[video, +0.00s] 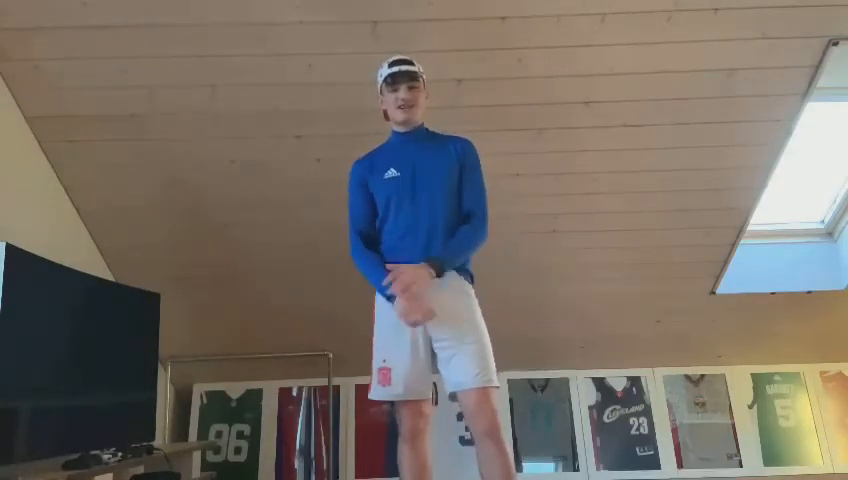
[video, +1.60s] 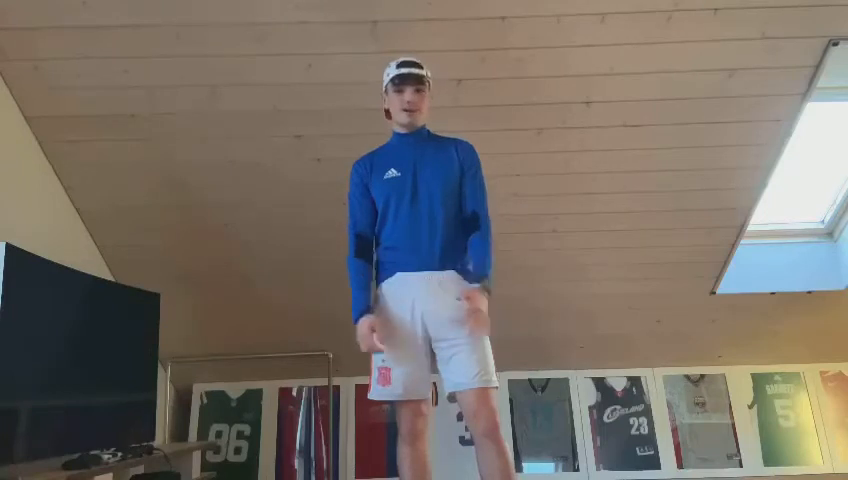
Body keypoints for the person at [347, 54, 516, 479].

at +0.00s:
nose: (404, 95)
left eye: (412, 87)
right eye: (394, 89)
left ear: (425, 95)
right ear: (382, 103)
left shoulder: (459, 150)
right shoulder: (366, 168)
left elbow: (477, 225)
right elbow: (360, 244)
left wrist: (431, 266)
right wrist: (399, 291)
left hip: (451, 292)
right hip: (394, 299)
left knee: (484, 414)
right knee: (413, 418)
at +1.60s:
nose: (410, 97)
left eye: (418, 89)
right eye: (400, 89)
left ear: (429, 99)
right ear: (386, 103)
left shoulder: (460, 152)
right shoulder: (367, 168)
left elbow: (479, 223)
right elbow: (360, 245)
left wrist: (477, 282)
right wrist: (363, 311)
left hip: (454, 291)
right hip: (394, 296)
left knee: (484, 417)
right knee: (412, 421)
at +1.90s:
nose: (405, 95)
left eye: (413, 86)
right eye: (394, 88)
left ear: (425, 95)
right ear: (382, 103)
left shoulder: (459, 150)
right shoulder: (365, 168)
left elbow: (497, 222)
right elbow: (342, 249)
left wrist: (542, 283)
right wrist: (311, 320)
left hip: (452, 294)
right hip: (395, 299)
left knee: (484, 418)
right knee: (412, 422)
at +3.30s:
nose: (413, 95)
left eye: (419, 87)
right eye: (402, 87)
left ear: (426, 96)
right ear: (380, 99)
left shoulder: (454, 150)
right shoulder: (361, 168)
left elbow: (482, 218)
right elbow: (348, 239)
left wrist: (486, 262)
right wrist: (337, 288)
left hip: (451, 294)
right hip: (394, 299)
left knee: (482, 417)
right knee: (411, 422)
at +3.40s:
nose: (413, 95)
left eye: (420, 88)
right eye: (402, 87)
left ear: (427, 97)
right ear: (381, 99)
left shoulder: (456, 151)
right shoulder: (361, 168)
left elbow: (477, 223)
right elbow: (347, 242)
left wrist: (466, 261)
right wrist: (354, 280)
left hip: (451, 296)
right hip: (392, 301)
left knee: (483, 419)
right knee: (410, 422)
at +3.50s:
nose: (413, 95)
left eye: (420, 88)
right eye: (402, 87)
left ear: (428, 97)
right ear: (383, 99)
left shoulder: (456, 151)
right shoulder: (362, 166)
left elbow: (478, 227)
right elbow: (349, 243)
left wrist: (444, 261)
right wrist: (381, 268)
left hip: (448, 295)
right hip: (392, 301)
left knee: (483, 418)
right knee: (410, 422)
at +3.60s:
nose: (412, 95)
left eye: (420, 88)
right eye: (401, 87)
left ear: (428, 98)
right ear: (383, 100)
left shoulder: (456, 151)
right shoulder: (362, 165)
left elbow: (479, 226)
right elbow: (352, 244)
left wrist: (440, 259)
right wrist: (388, 266)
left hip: (448, 294)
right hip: (391, 299)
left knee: (482, 418)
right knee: (410, 422)